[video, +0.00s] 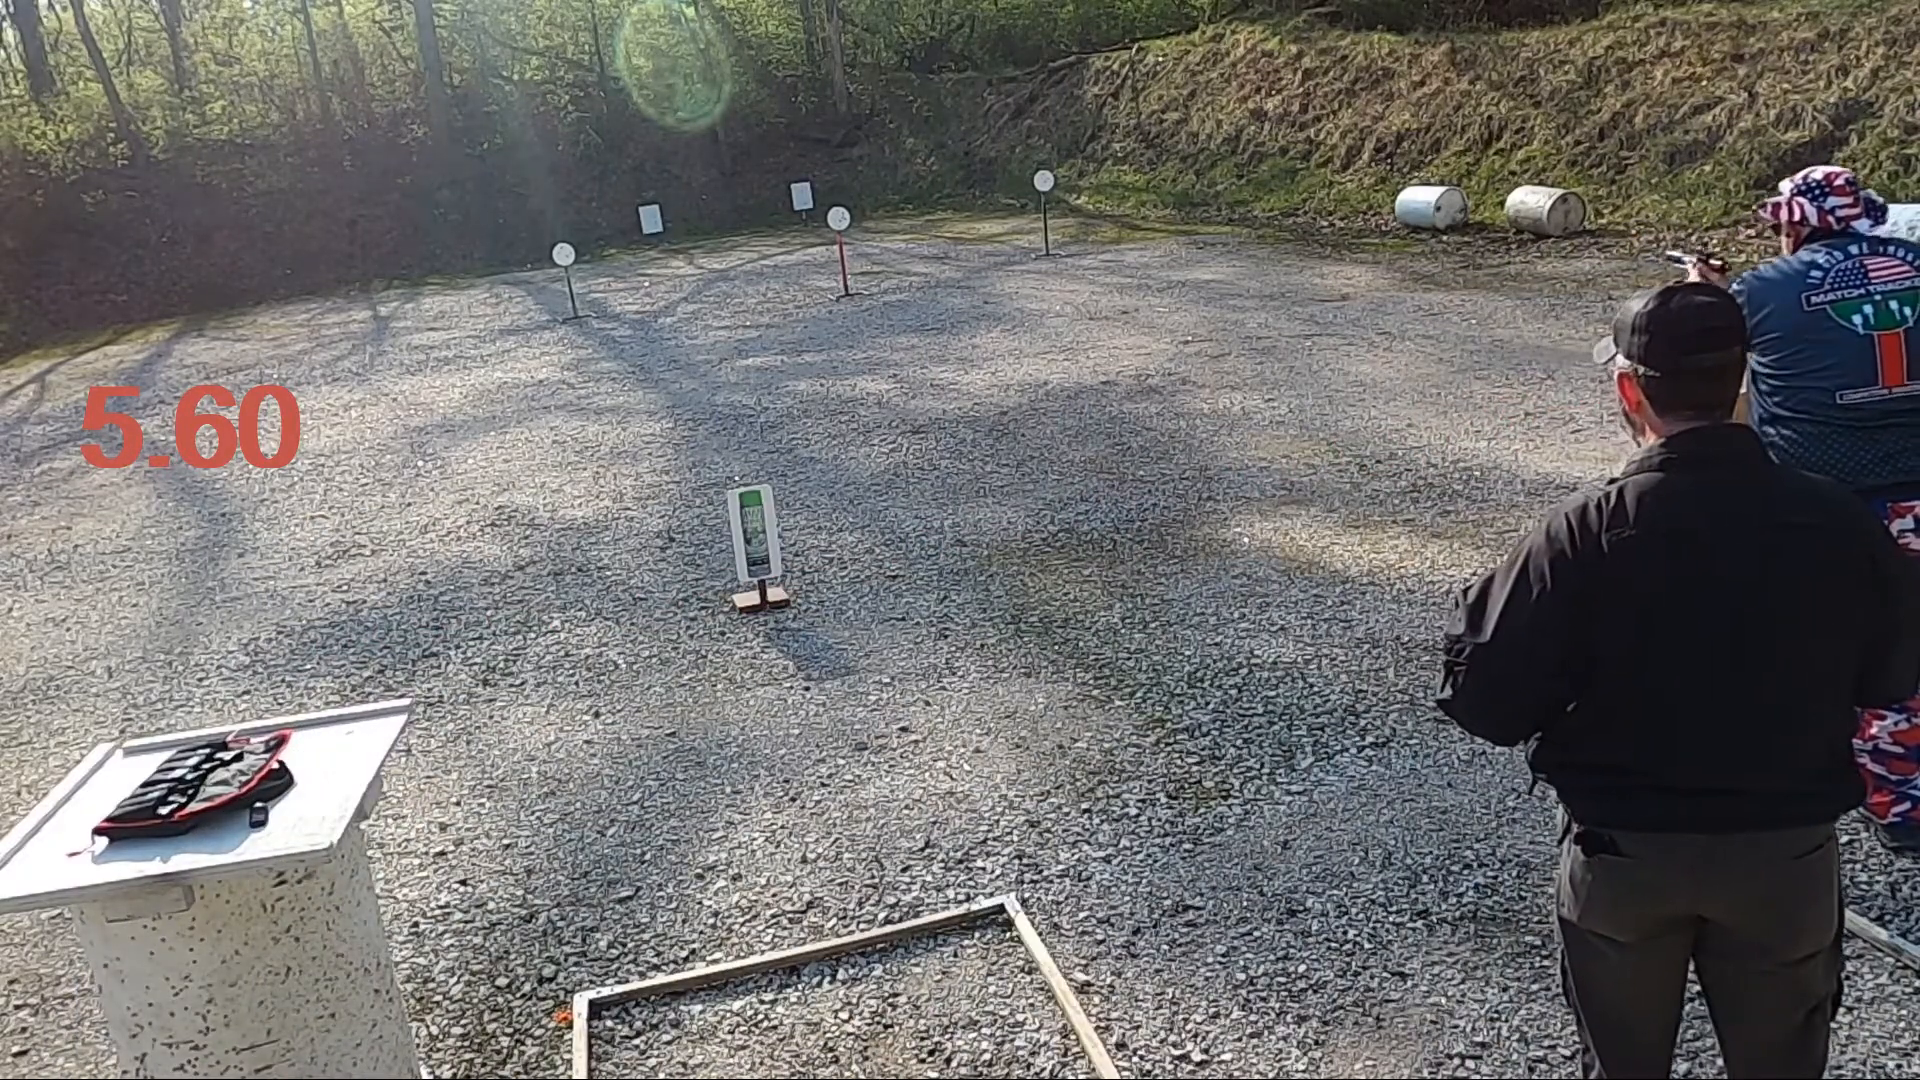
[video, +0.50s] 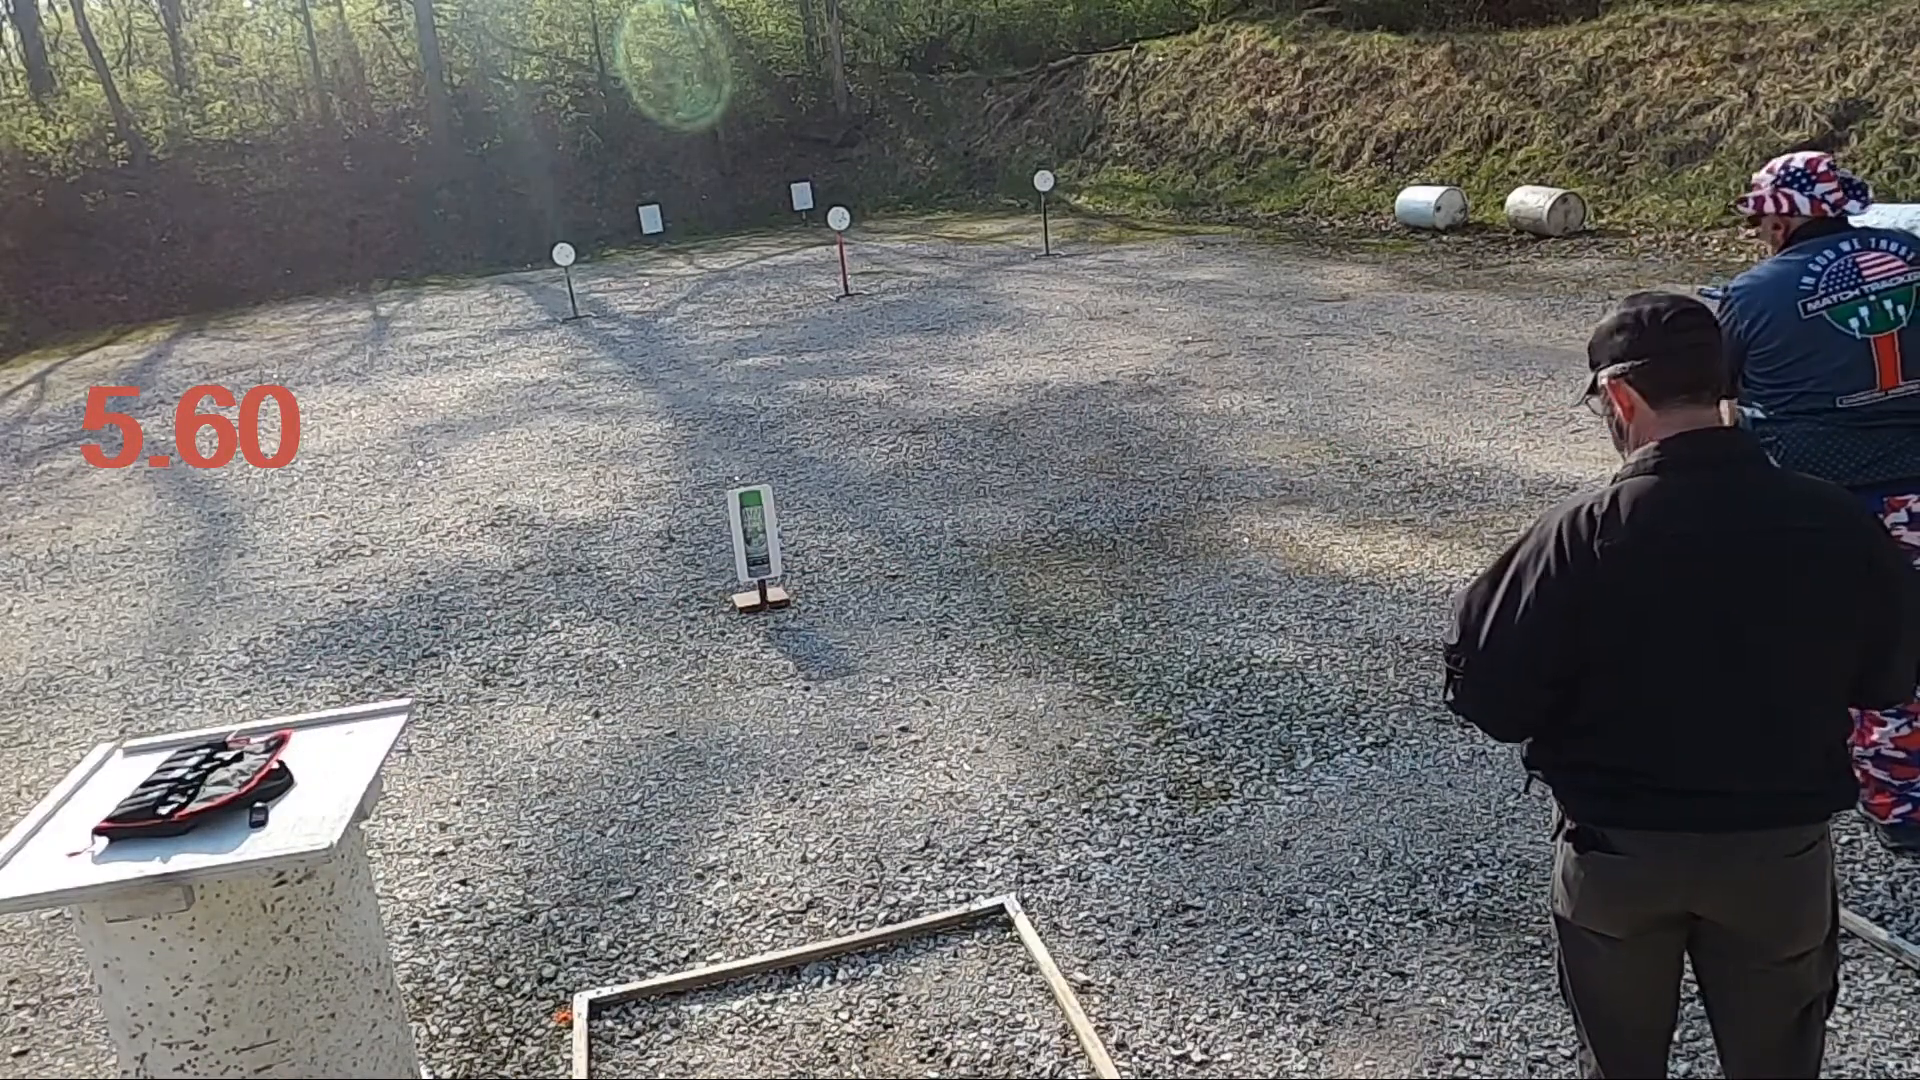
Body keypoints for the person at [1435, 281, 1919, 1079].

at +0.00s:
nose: (1616, 388)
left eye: (1618, 375)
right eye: (1620, 372)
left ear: (1631, 393)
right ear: (1739, 380)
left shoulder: (1584, 533)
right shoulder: (1843, 524)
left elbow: (1486, 703)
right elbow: (1894, 677)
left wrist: (1481, 614)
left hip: (1625, 869)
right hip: (1785, 870)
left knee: (1624, 1067)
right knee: (1782, 1069)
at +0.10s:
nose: (1617, 386)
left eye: (1617, 377)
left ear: (1627, 393)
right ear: (1739, 378)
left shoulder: (1580, 536)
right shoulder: (1842, 523)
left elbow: (1488, 703)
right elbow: (1895, 673)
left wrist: (1479, 618)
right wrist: (1792, 658)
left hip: (1625, 870)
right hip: (1785, 871)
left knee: (1624, 1067)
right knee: (1782, 1068)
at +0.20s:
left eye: (1617, 378)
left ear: (1624, 395)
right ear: (1742, 376)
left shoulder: (1581, 536)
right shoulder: (1839, 523)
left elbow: (1490, 705)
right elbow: (1896, 671)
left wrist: (1480, 615)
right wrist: (1795, 650)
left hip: (1623, 868)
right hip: (1783, 871)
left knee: (1623, 1066)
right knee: (1781, 1068)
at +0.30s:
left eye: (1616, 381)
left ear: (1623, 397)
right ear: (1740, 375)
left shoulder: (1580, 537)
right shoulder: (1838, 523)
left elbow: (1487, 697)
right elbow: (1891, 675)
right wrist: (1788, 643)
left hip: (1620, 868)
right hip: (1781, 870)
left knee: (1624, 1066)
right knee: (1780, 1068)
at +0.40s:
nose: (1608, 407)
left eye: (1608, 392)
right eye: (1610, 389)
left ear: (1623, 398)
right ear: (1732, 382)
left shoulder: (1582, 537)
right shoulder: (1838, 523)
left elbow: (1484, 693)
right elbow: (1890, 675)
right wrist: (1785, 639)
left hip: (1619, 868)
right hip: (1780, 870)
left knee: (1621, 1067)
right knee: (1779, 1068)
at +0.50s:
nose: (1604, 417)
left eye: (1602, 398)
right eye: (1602, 398)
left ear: (1621, 399)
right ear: (1726, 387)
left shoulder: (1579, 539)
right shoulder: (1836, 524)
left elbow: (1484, 688)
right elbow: (1894, 673)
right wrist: (1786, 651)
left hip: (1618, 869)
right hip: (1780, 871)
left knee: (1624, 1067)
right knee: (1778, 1068)